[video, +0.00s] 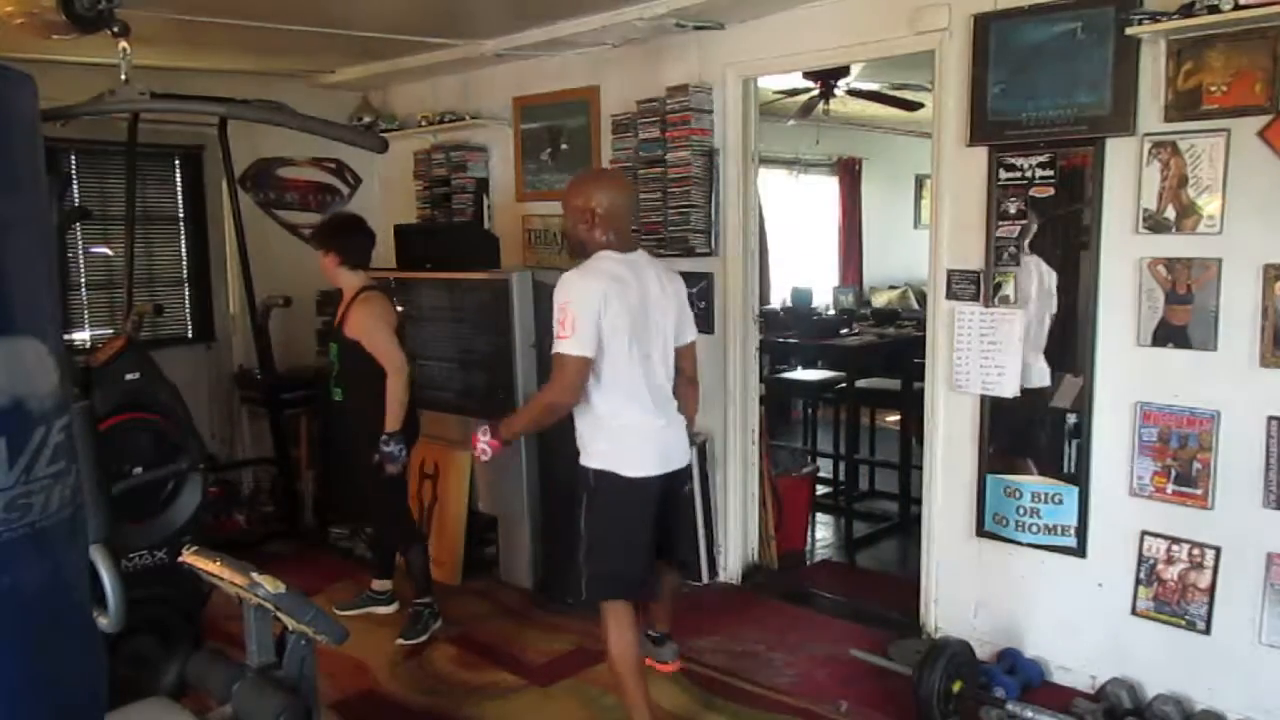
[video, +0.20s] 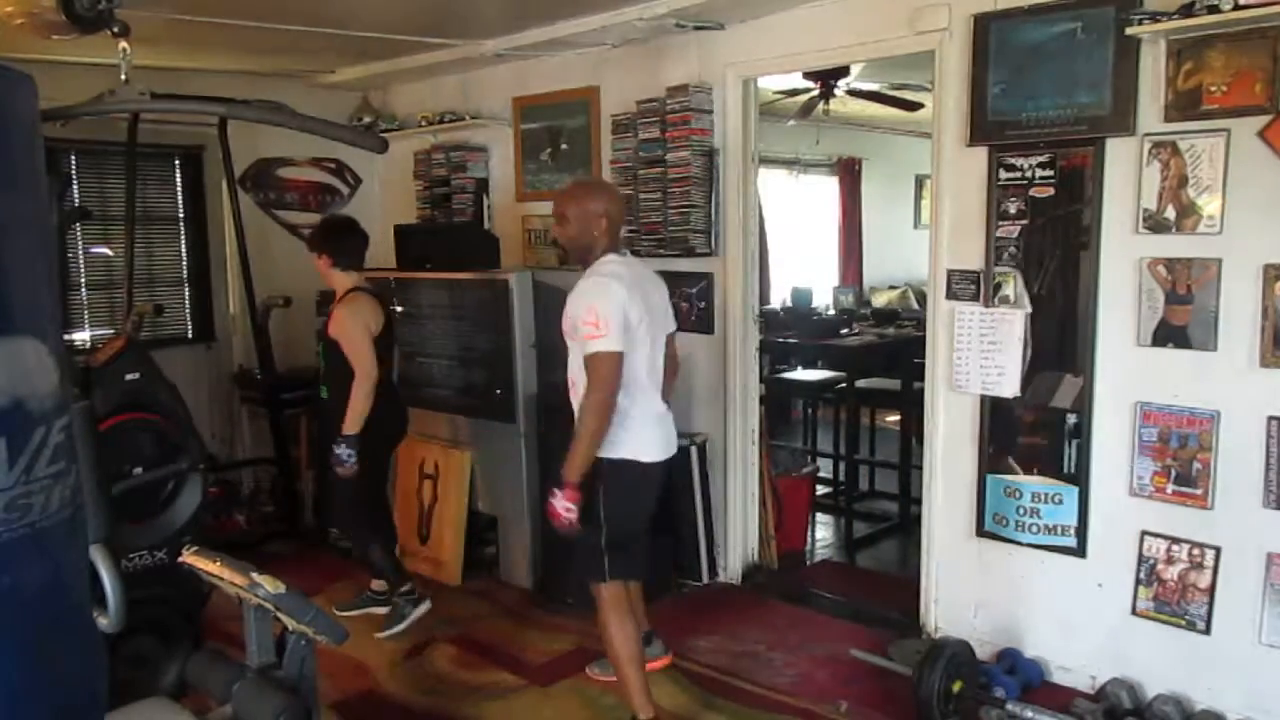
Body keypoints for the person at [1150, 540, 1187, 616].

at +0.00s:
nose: (1173, 554)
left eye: (1176, 552)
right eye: (1171, 551)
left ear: (1180, 553)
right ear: (1167, 552)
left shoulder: (1183, 568)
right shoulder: (1160, 565)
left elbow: (1182, 585)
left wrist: (1174, 602)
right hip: (1160, 599)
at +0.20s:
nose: (1173, 554)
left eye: (1176, 552)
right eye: (1171, 551)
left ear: (1180, 553)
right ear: (1167, 552)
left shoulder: (1183, 568)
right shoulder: (1160, 565)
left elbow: (1182, 585)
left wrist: (1174, 602)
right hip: (1160, 599)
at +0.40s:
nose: (1173, 554)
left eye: (1176, 552)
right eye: (1170, 551)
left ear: (1179, 553)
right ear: (1167, 552)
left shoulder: (1182, 567)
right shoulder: (1160, 565)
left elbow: (1181, 585)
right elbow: (1155, 581)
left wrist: (1174, 603)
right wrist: (1151, 596)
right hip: (1158, 600)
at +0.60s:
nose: (1173, 554)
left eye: (1176, 552)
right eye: (1170, 551)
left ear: (1179, 553)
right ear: (1167, 552)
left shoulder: (1183, 567)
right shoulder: (1161, 564)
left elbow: (1181, 585)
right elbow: (1152, 581)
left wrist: (1174, 602)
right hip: (1159, 599)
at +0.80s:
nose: (1173, 554)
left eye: (1176, 552)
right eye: (1171, 551)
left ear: (1179, 553)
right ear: (1167, 552)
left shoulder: (1183, 567)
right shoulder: (1160, 564)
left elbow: (1182, 585)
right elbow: (1151, 581)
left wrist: (1174, 602)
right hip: (1159, 599)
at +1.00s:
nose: (1172, 554)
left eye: (1176, 552)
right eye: (1170, 551)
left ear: (1179, 553)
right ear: (1167, 552)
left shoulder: (1182, 567)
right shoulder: (1160, 565)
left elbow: (1181, 585)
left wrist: (1174, 603)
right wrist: (1151, 595)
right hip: (1159, 598)